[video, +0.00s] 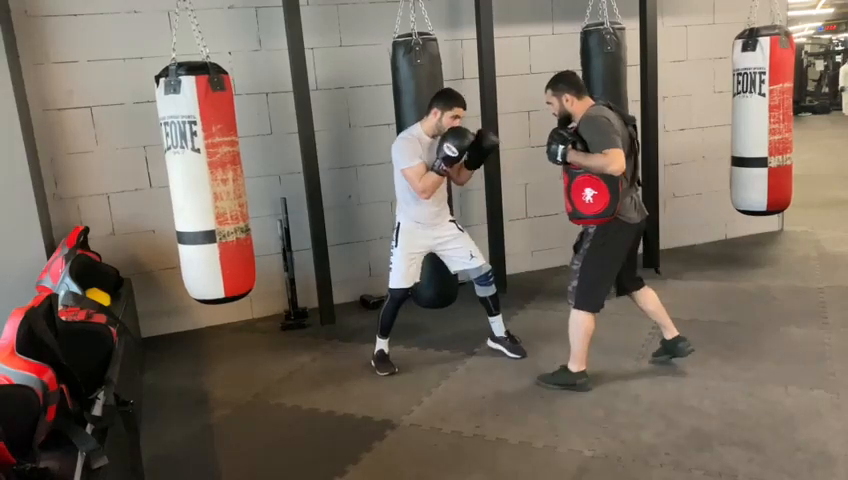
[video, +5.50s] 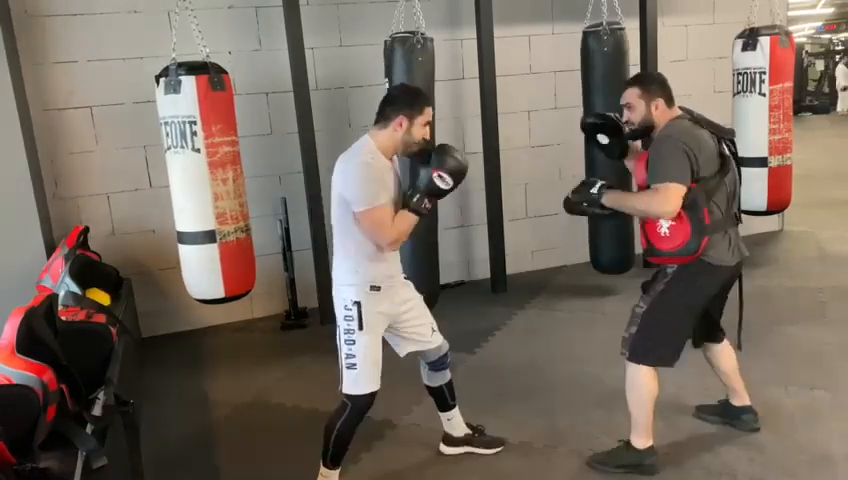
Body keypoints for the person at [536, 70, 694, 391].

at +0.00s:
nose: (551, 110)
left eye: (552, 103)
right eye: (549, 104)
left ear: (567, 98)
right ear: (575, 96)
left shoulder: (594, 121)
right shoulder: (602, 114)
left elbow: (614, 163)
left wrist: (571, 155)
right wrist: (576, 149)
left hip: (611, 221)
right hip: (630, 217)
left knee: (585, 292)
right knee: (630, 281)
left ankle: (576, 369)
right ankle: (674, 338)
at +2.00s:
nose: (550, 109)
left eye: (550, 102)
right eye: (549, 103)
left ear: (561, 97)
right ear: (578, 92)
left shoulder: (570, 123)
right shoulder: (616, 109)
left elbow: (568, 170)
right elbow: (648, 144)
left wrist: (547, 156)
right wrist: (613, 146)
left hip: (592, 222)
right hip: (628, 217)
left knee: (568, 288)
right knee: (641, 277)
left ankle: (569, 359)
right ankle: (668, 340)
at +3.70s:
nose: (577, 115)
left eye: (576, 108)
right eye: (574, 109)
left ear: (592, 104)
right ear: (601, 101)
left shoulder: (609, 127)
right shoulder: (634, 117)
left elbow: (613, 172)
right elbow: (637, 163)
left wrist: (577, 162)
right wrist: (591, 151)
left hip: (629, 226)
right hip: (656, 222)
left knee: (589, 288)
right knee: (668, 284)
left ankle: (574, 359)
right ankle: (698, 349)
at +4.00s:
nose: (607, 101)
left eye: (609, 93)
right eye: (606, 94)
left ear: (625, 89)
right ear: (634, 89)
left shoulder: (647, 111)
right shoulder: (662, 107)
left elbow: (660, 151)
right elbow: (660, 153)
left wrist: (612, 140)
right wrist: (615, 140)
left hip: (660, 214)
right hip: (682, 212)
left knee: (624, 286)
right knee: (685, 282)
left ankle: (624, 364)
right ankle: (700, 350)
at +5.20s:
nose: (605, 113)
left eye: (606, 106)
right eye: (604, 107)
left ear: (624, 104)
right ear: (635, 101)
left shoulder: (645, 128)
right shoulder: (665, 117)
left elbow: (640, 180)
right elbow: (670, 164)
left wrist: (596, 181)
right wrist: (621, 154)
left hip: (672, 226)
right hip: (697, 221)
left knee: (633, 295)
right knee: (688, 278)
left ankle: (625, 377)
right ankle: (727, 342)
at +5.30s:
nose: (602, 114)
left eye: (603, 107)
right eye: (600, 108)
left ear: (620, 104)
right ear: (632, 100)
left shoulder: (639, 127)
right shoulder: (662, 116)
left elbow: (638, 178)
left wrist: (592, 204)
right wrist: (615, 136)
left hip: (670, 224)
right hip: (697, 219)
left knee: (633, 297)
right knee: (685, 278)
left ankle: (625, 377)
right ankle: (717, 342)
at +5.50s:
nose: (625, 116)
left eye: (630, 108)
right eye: (623, 109)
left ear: (658, 104)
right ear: (663, 106)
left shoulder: (670, 141)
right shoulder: (691, 129)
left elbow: (665, 204)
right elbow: (661, 184)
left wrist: (604, 197)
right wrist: (626, 149)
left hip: (694, 263)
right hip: (723, 255)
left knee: (640, 348)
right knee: (705, 327)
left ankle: (639, 447)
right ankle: (741, 405)